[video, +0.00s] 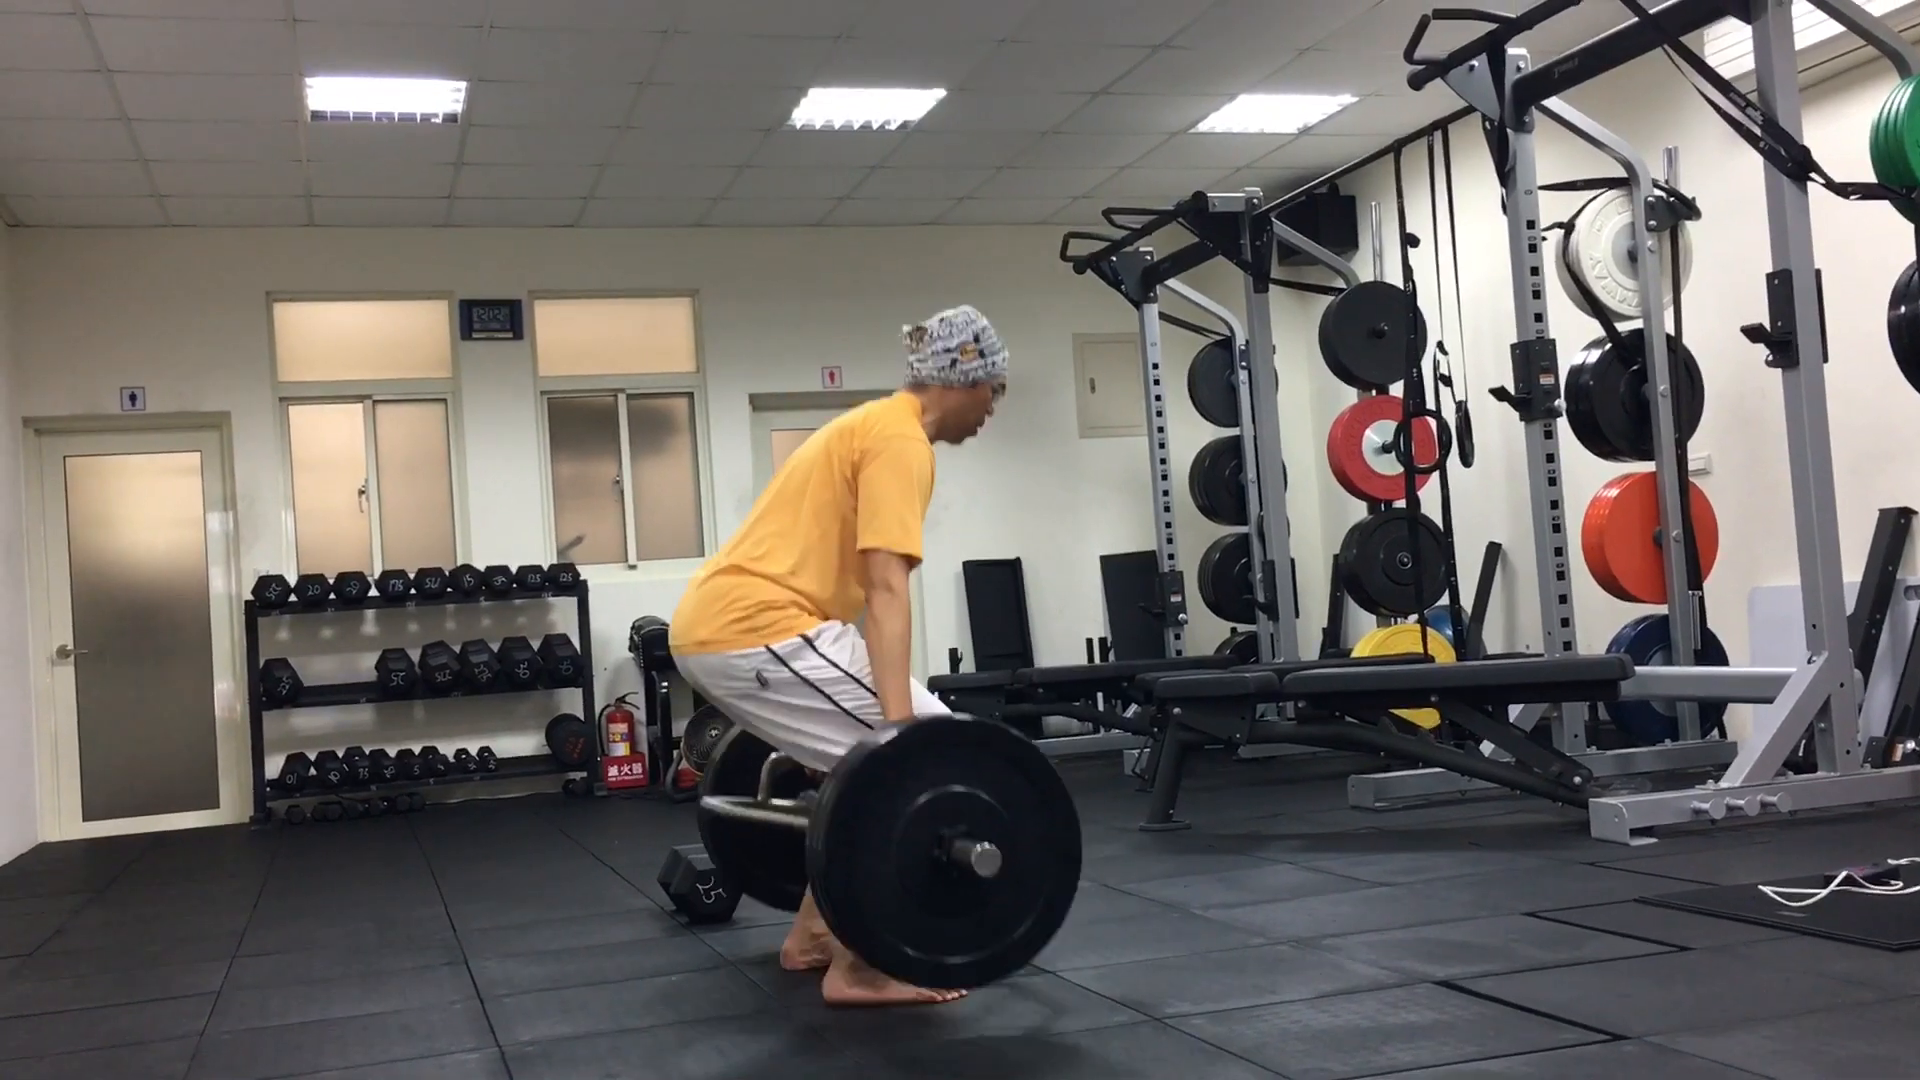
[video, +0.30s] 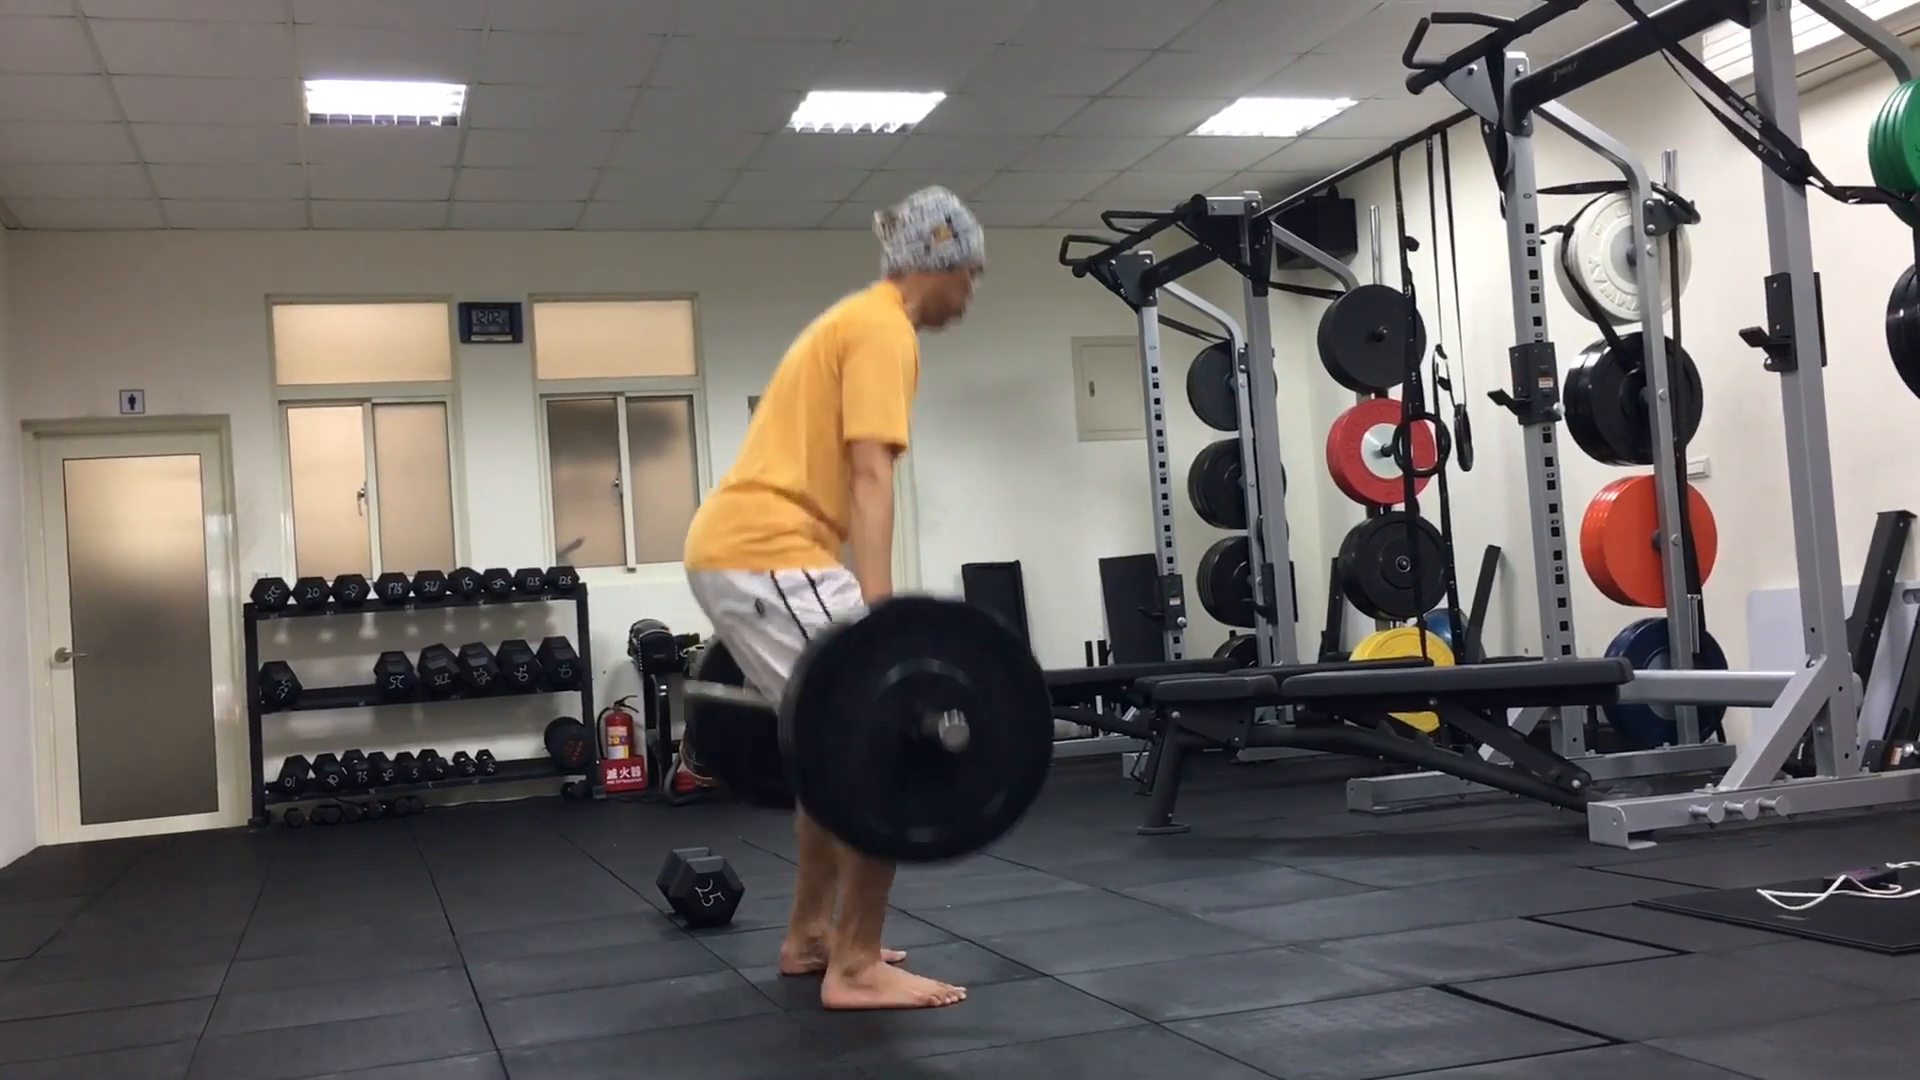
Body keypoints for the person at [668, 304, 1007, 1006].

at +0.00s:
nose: (991, 412)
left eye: (995, 396)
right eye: (991, 393)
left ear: (931, 379)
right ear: (958, 382)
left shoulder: (868, 427)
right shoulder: (898, 437)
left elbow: (860, 584)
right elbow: (885, 588)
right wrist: (898, 726)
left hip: (715, 623)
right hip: (754, 625)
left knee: (882, 744)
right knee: (918, 742)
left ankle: (813, 931)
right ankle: (862, 964)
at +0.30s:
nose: (970, 297)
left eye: (974, 279)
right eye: (970, 276)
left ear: (911, 258)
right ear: (940, 263)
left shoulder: (850, 321)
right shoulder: (880, 327)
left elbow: (839, 483)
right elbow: (869, 476)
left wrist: (863, 622)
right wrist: (881, 625)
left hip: (736, 548)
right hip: (772, 550)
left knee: (837, 729)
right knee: (880, 728)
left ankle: (812, 933)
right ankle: (857, 964)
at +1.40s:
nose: (971, 376)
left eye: (976, 361)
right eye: (972, 358)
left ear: (914, 341)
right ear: (940, 344)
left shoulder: (851, 392)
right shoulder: (878, 398)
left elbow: (857, 558)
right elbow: (877, 558)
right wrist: (897, 692)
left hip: (709, 600)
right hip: (738, 600)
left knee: (856, 743)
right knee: (885, 738)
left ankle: (807, 934)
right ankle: (854, 965)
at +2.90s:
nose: (917, 206)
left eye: (919, 190)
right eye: (914, 188)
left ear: (851, 175)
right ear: (881, 175)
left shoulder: (800, 253)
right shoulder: (840, 249)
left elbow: (794, 406)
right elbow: (851, 388)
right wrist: (888, 527)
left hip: (782, 525)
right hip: (830, 525)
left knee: (784, 736)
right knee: (830, 740)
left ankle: (801, 932)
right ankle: (849, 961)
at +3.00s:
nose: (924, 212)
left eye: (925, 196)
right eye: (921, 193)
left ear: (857, 179)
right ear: (892, 179)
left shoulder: (804, 253)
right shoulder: (844, 251)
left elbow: (791, 408)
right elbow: (853, 390)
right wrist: (887, 526)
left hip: (776, 525)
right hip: (825, 525)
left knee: (788, 738)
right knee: (833, 740)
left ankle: (803, 933)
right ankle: (850, 962)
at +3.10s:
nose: (936, 222)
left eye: (939, 206)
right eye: (935, 204)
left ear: (866, 188)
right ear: (906, 192)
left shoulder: (815, 259)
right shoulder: (855, 257)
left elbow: (787, 412)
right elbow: (861, 397)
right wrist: (890, 533)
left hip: (766, 528)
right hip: (817, 527)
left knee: (799, 738)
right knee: (845, 739)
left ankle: (806, 931)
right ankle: (852, 961)